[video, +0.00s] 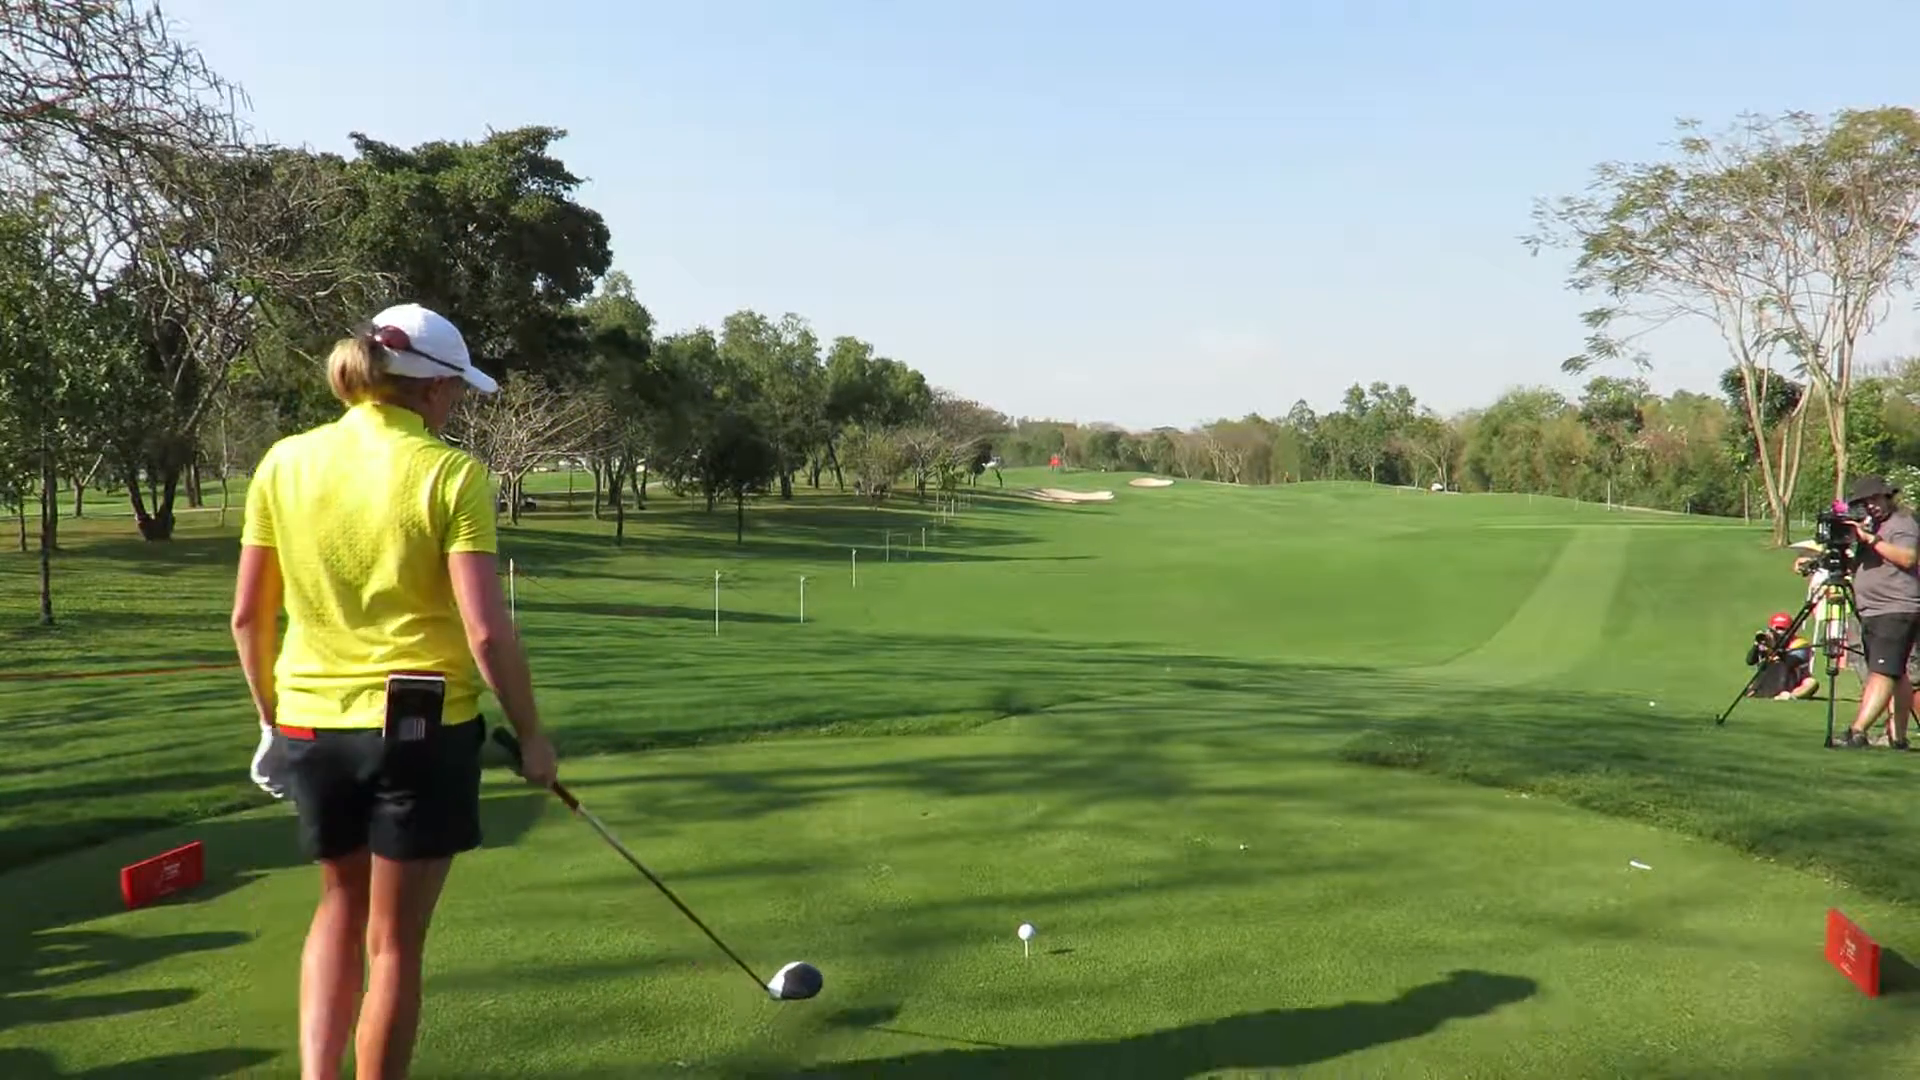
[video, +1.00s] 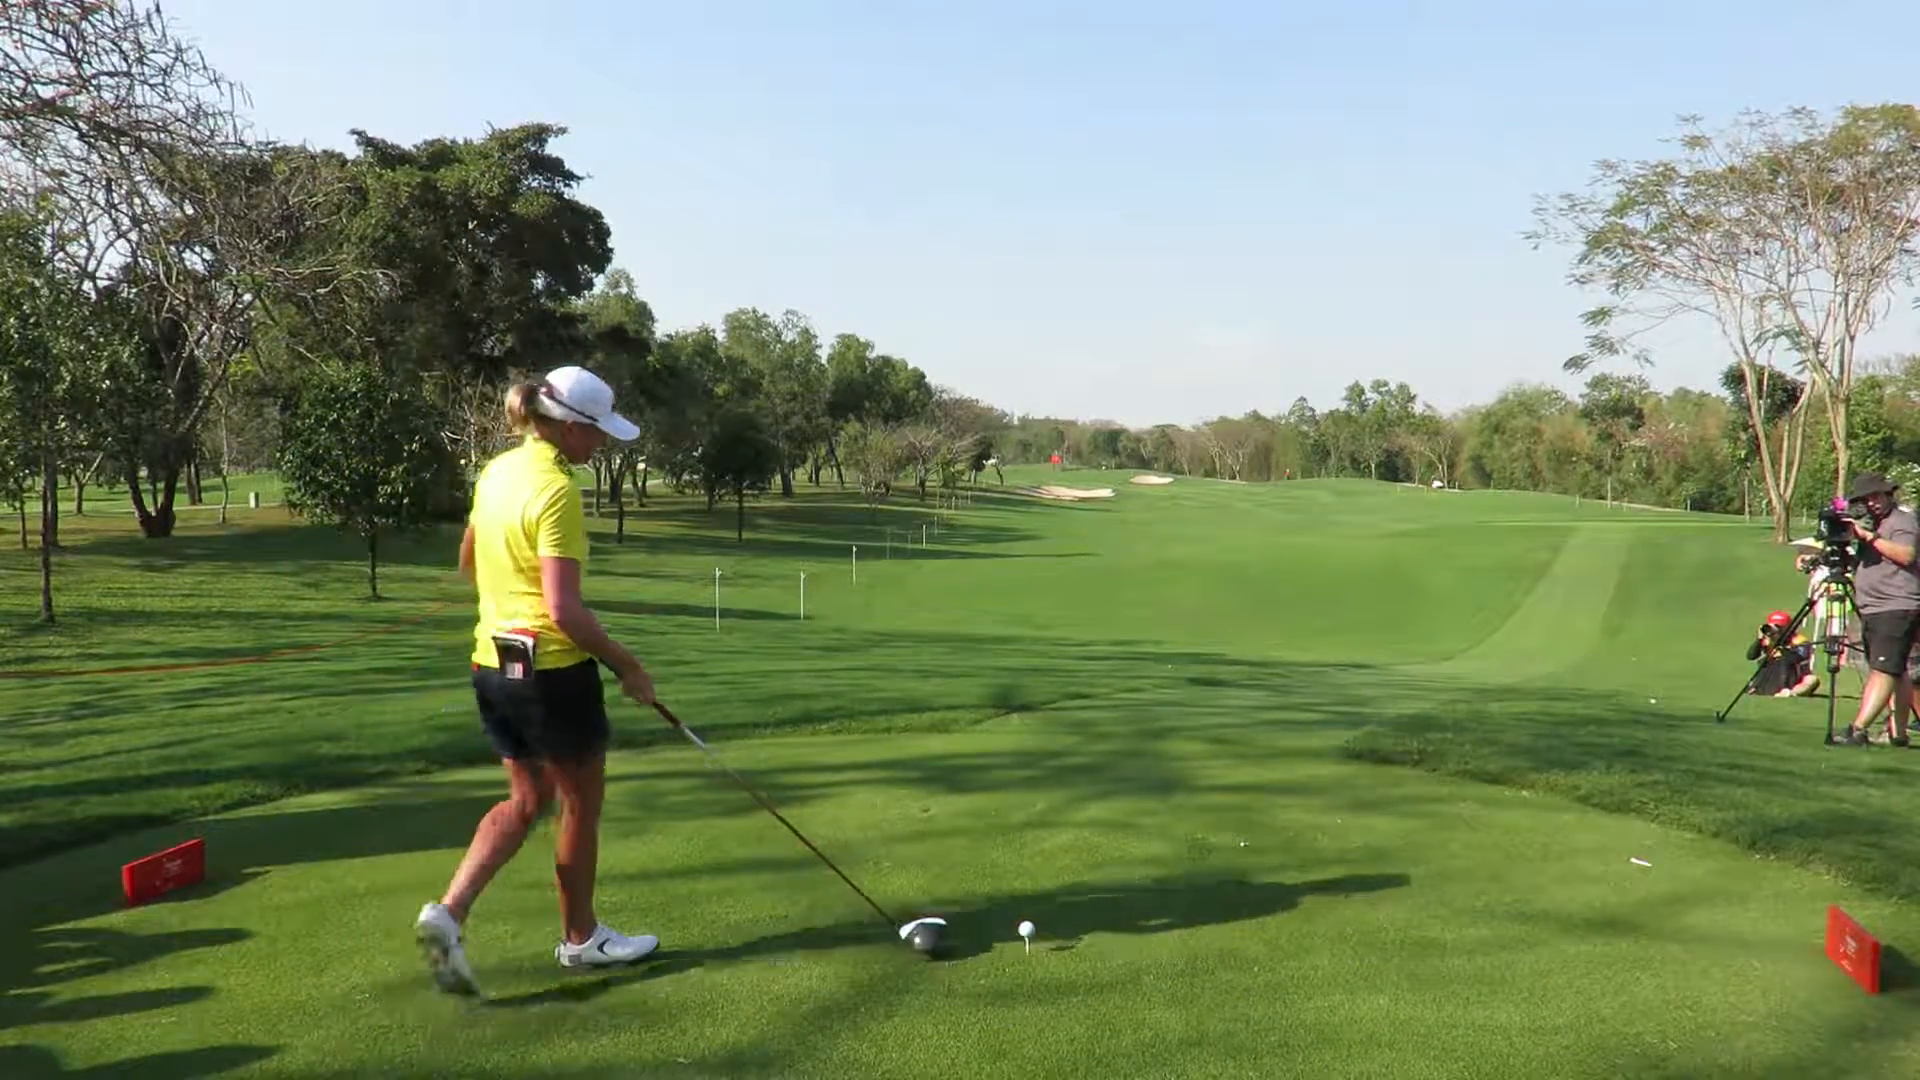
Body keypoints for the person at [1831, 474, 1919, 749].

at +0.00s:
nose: (1868, 509)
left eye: (1872, 502)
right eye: (1864, 505)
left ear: (1885, 499)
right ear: (1863, 506)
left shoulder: (1902, 523)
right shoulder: (1874, 527)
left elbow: (1908, 559)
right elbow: (1864, 565)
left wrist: (1870, 540)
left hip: (1897, 610)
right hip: (1874, 611)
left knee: (1882, 671)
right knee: (1895, 676)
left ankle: (1857, 730)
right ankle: (1898, 736)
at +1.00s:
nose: (1871, 505)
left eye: (1875, 498)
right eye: (1866, 501)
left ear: (1889, 496)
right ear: (1863, 503)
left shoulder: (1902, 521)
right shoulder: (1873, 525)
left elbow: (1906, 556)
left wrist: (1870, 538)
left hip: (1897, 606)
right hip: (1874, 607)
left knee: (1884, 668)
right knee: (1894, 672)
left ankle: (1858, 727)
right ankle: (1898, 731)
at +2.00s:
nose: (1868, 475)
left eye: (1872, 469)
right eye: (1864, 471)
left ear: (1886, 466)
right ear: (1864, 473)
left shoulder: (1901, 490)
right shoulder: (1876, 494)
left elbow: (1901, 524)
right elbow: (1867, 531)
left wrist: (1865, 508)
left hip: (1896, 577)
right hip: (1875, 577)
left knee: (1882, 638)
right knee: (1894, 642)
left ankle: (1856, 697)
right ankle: (1898, 702)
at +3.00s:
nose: (1866, 452)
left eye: (1870, 445)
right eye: (1863, 447)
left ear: (1884, 442)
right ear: (1863, 448)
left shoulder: (1898, 467)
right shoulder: (1877, 470)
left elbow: (1894, 502)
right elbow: (1868, 504)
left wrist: (1857, 485)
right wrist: (1846, 482)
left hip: (1892, 551)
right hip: (1874, 551)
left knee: (1869, 610)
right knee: (1892, 616)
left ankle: (1854, 675)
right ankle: (1895, 678)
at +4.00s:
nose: (1863, 447)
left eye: (1866, 440)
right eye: (1859, 443)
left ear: (1882, 436)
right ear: (1858, 444)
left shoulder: (1893, 461)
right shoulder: (1875, 465)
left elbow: (1887, 497)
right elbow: (1865, 495)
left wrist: (1850, 481)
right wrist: (1842, 477)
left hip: (1892, 546)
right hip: (1875, 547)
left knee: (1869, 604)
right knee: (1892, 611)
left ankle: (1853, 670)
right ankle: (1895, 674)